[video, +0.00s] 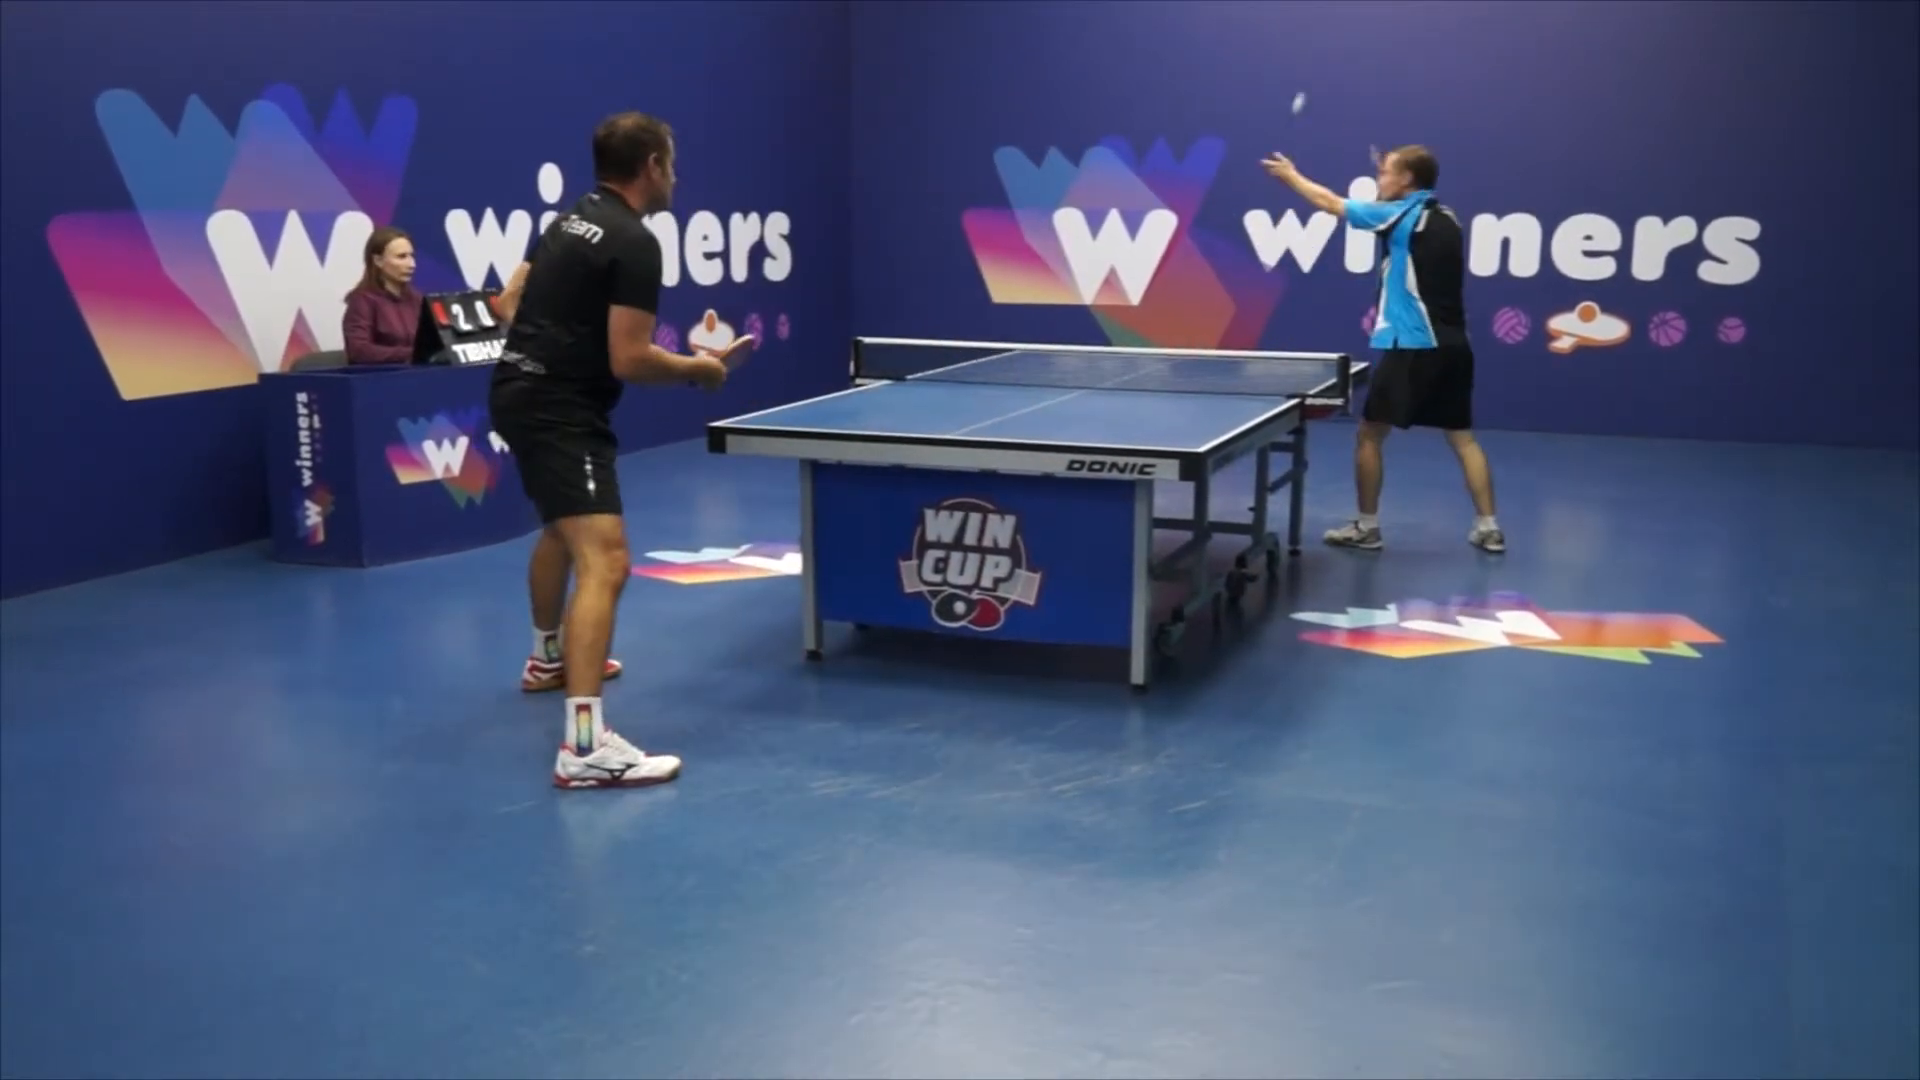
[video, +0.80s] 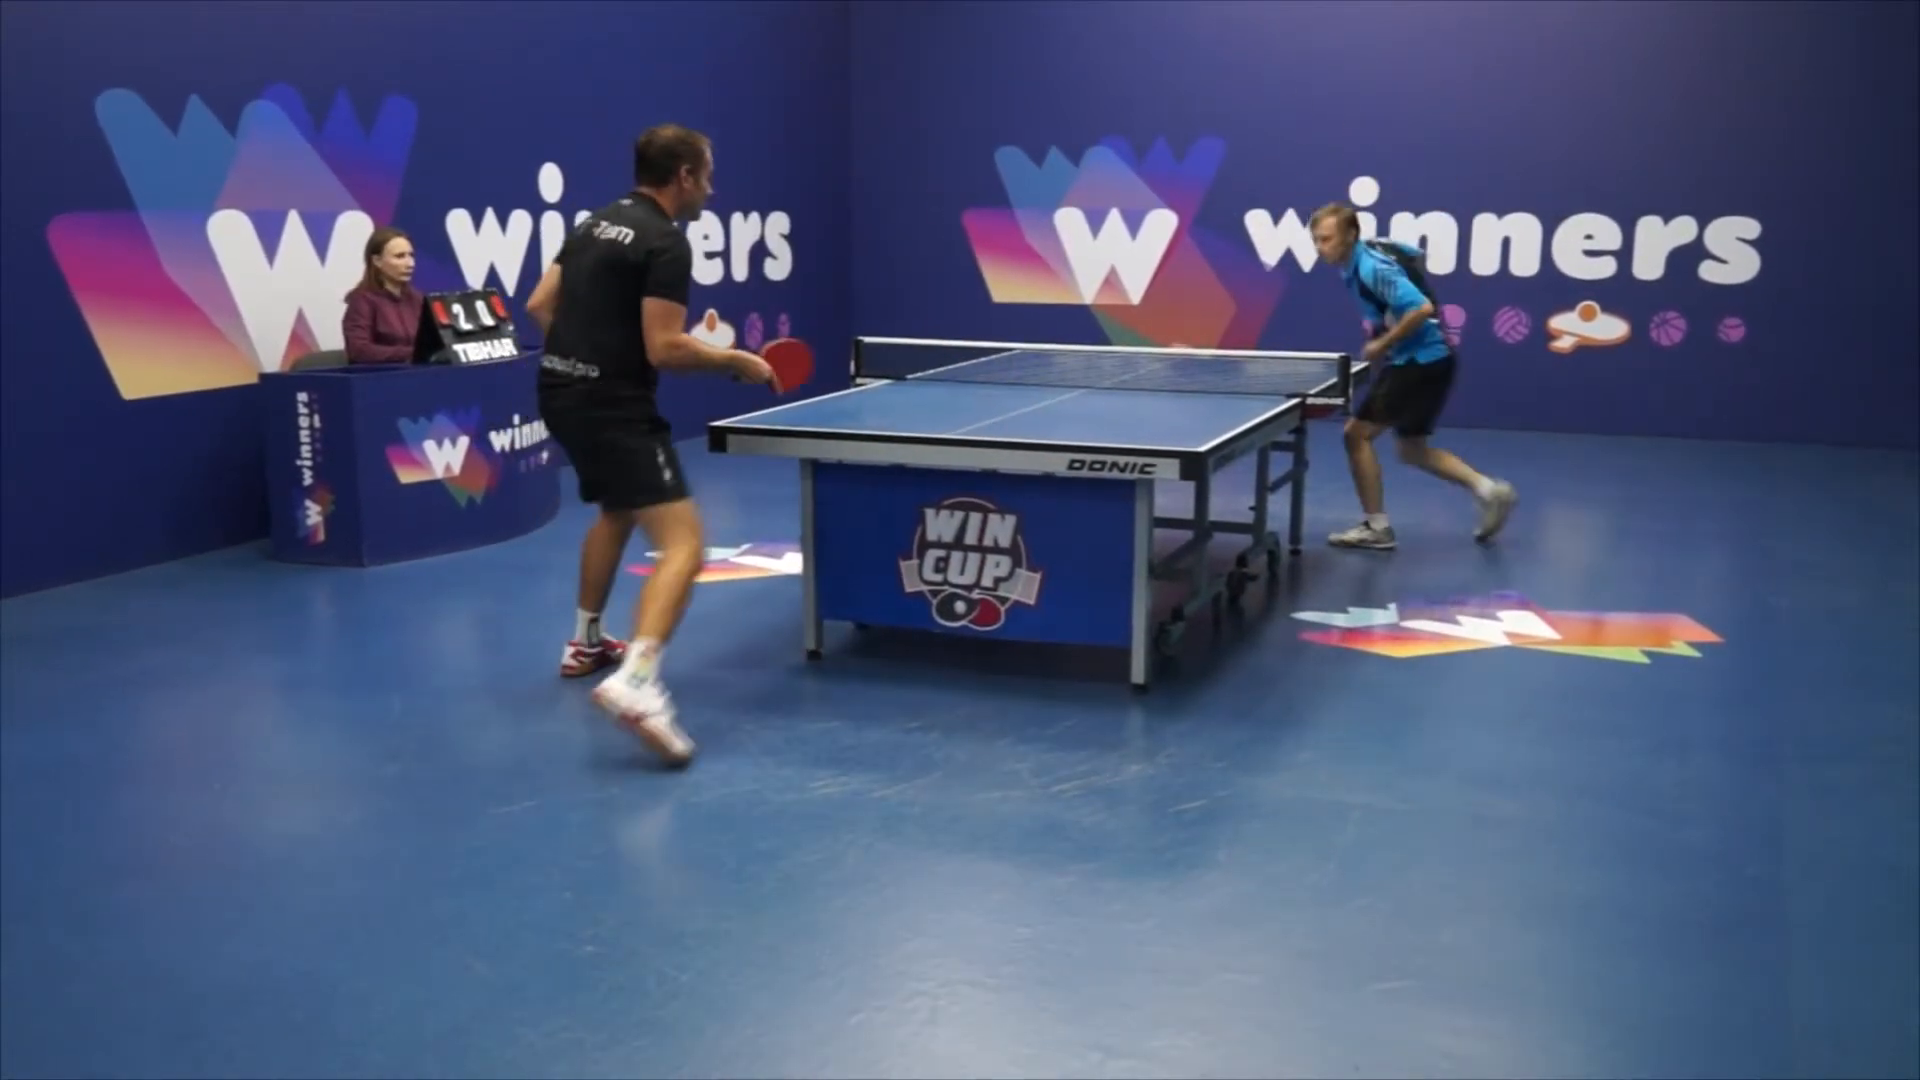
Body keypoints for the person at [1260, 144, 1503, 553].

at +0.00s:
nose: (1378, 179)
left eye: (1385, 173)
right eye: (1381, 172)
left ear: (1409, 181)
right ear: (1419, 184)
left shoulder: (1398, 215)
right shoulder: (1448, 219)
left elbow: (1333, 204)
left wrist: (1291, 177)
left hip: (1409, 352)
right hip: (1453, 351)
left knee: (1370, 435)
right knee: (1463, 438)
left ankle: (1366, 526)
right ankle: (1489, 526)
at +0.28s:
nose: (1398, 175)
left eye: (1406, 169)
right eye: (1402, 168)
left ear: (1424, 179)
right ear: (1436, 182)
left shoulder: (1402, 216)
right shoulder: (1471, 225)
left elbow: (1337, 229)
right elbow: (1491, 281)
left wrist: (1291, 218)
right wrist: (1475, 311)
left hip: (1412, 349)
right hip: (1460, 349)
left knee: (1373, 434)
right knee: (1467, 438)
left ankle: (1361, 526)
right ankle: (1489, 527)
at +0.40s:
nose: (1388, 184)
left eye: (1395, 178)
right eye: (1392, 176)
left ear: (1413, 188)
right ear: (1429, 190)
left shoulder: (1394, 224)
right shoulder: (1463, 223)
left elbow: (1343, 264)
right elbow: (1506, 249)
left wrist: (1299, 264)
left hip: (1416, 354)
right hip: (1463, 354)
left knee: (1372, 434)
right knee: (1466, 440)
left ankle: (1361, 526)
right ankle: (1489, 526)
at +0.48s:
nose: (1374, 201)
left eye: (1380, 193)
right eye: (1377, 192)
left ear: (1398, 200)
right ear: (1414, 201)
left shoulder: (1389, 238)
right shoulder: (1456, 223)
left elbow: (1352, 294)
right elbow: (1508, 234)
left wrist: (1313, 304)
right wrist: (1522, 219)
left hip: (1422, 357)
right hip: (1469, 355)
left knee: (1372, 433)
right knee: (1467, 442)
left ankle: (1361, 525)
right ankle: (1489, 527)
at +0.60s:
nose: (1343, 238)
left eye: (1348, 229)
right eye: (1344, 230)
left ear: (1371, 228)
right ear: (1379, 227)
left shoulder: (1382, 262)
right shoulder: (1420, 237)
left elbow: (1388, 327)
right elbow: (1450, 224)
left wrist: (1360, 349)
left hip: (1436, 360)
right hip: (1477, 355)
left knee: (1371, 432)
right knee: (1465, 445)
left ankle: (1368, 525)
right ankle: (1489, 526)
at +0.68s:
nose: (1324, 255)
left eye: (1330, 247)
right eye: (1323, 247)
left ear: (1356, 243)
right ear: (1358, 243)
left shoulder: (1376, 273)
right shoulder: (1390, 249)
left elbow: (1410, 324)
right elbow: (1431, 255)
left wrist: (1384, 359)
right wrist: (1378, 295)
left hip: (1436, 362)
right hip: (1470, 356)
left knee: (1367, 433)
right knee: (1453, 445)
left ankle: (1377, 525)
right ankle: (1490, 522)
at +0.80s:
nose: (1321, 247)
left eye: (1327, 239)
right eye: (1317, 240)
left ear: (1350, 237)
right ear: (1316, 239)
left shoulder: (1373, 267)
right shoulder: (1358, 263)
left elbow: (1422, 308)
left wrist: (1382, 342)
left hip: (1420, 362)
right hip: (1425, 359)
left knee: (1356, 434)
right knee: (1412, 451)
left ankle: (1376, 525)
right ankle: (1490, 491)